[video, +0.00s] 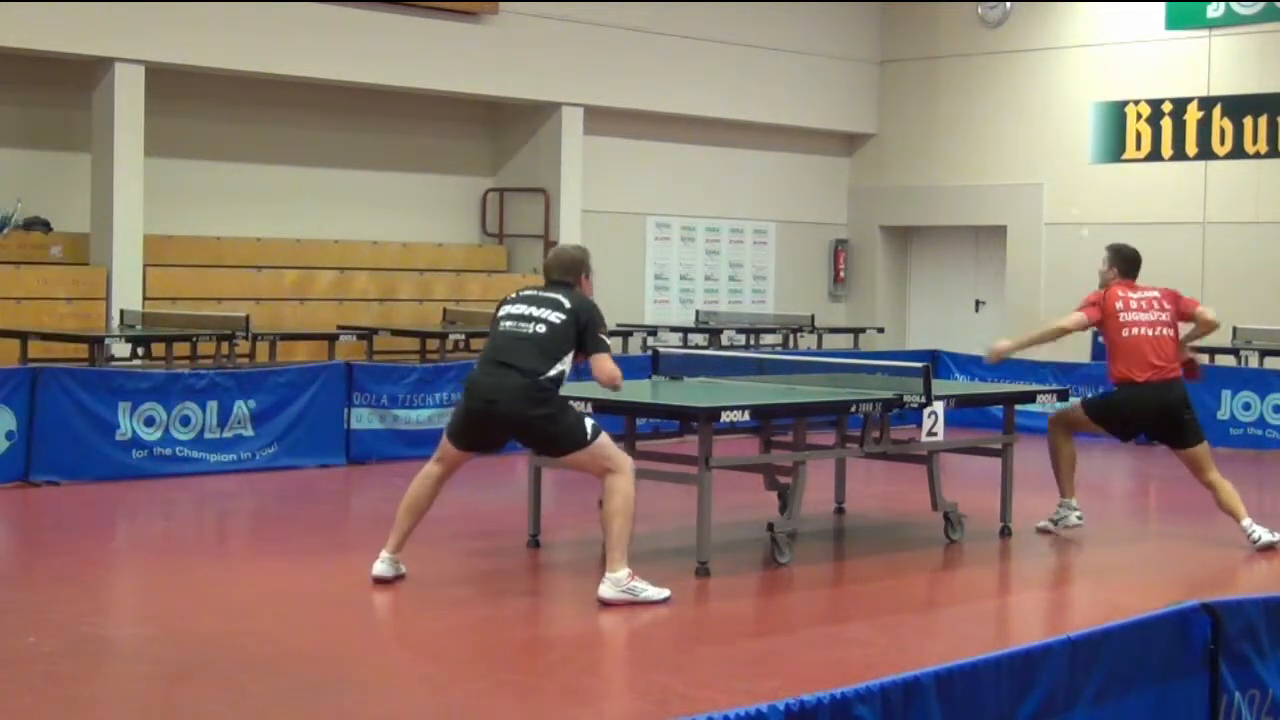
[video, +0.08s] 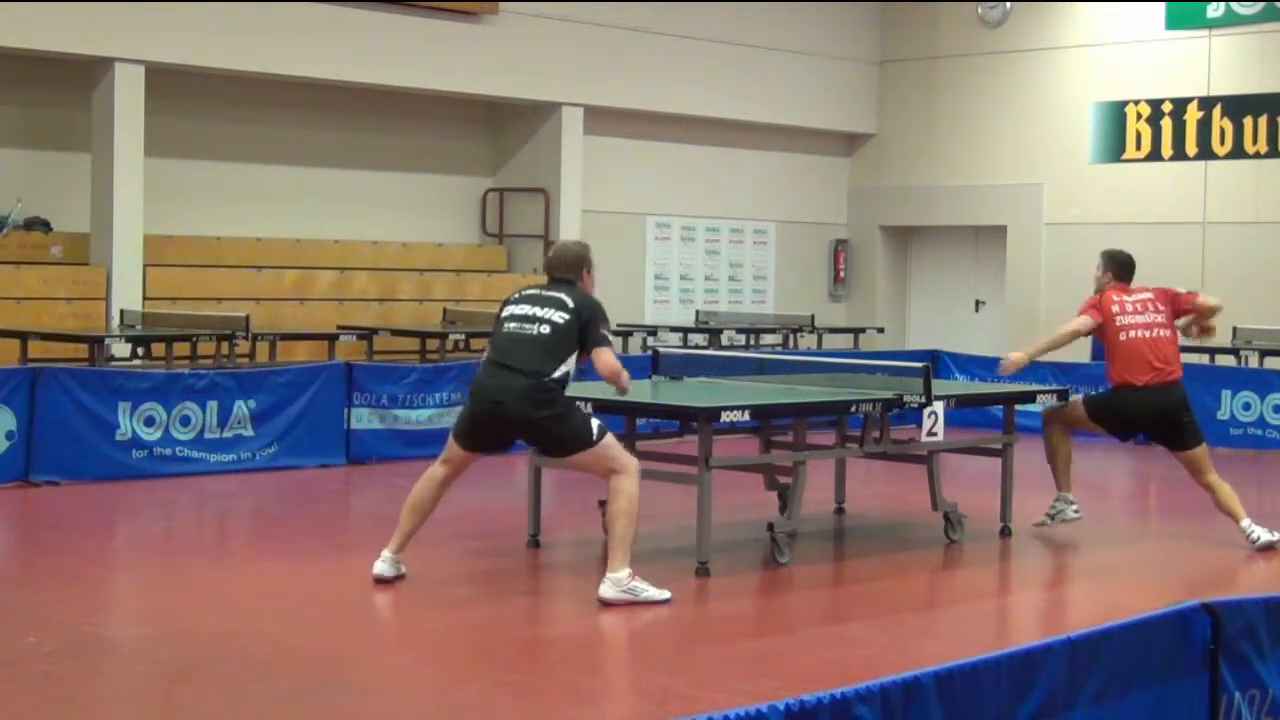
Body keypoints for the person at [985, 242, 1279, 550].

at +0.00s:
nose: (1099, 273)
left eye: (1102, 268)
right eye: (1100, 268)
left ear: (1112, 270)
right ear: (1135, 272)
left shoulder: (1106, 297)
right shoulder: (1165, 296)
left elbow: (1065, 327)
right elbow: (1210, 320)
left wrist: (1011, 346)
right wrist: (1182, 342)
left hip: (1131, 399)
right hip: (1174, 398)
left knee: (1060, 423)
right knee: (1211, 475)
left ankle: (1067, 508)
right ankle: (1251, 528)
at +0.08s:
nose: (1094, 277)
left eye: (1097, 272)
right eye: (1096, 271)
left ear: (1107, 275)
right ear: (1129, 277)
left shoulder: (1102, 301)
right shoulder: (1162, 295)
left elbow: (1079, 329)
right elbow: (1212, 306)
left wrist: (1027, 355)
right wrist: (1196, 323)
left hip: (1129, 401)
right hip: (1173, 400)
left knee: (1056, 417)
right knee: (1209, 477)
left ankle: (1064, 500)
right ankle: (1250, 528)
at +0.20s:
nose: (1069, 299)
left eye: (1070, 293)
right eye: (1069, 293)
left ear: (1082, 290)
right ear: (1099, 288)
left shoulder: (1090, 309)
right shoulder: (1138, 295)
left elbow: (1078, 331)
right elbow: (1177, 281)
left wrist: (1034, 356)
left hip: (1124, 409)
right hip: (1164, 406)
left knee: (1048, 429)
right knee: (1199, 484)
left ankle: (1056, 514)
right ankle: (1250, 530)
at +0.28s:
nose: (1040, 309)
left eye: (1040, 302)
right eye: (1038, 302)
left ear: (1056, 296)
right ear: (1067, 293)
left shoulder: (1079, 310)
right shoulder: (1106, 292)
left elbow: (1079, 328)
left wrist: (1042, 349)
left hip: (1120, 399)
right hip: (1156, 397)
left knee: (1044, 430)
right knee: (1184, 482)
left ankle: (1056, 514)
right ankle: (1245, 527)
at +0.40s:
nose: (1022, 306)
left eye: (1025, 299)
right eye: (1020, 299)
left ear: (1045, 291)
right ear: (1045, 287)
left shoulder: (1068, 303)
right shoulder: (1062, 284)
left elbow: (1083, 317)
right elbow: (1048, 305)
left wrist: (1060, 339)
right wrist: (1035, 329)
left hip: (1119, 380)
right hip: (1147, 378)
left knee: (1043, 429)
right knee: (1159, 467)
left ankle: (1056, 513)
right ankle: (1222, 497)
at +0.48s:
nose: (1018, 297)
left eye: (1021, 289)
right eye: (1015, 290)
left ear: (1039, 283)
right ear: (1040, 282)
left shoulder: (1062, 299)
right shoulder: (1052, 286)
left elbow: (1094, 317)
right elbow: (1013, 295)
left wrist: (1083, 345)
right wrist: (1021, 322)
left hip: (1120, 370)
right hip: (1140, 367)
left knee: (1049, 426)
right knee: (1134, 454)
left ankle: (1057, 514)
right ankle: (1198, 481)